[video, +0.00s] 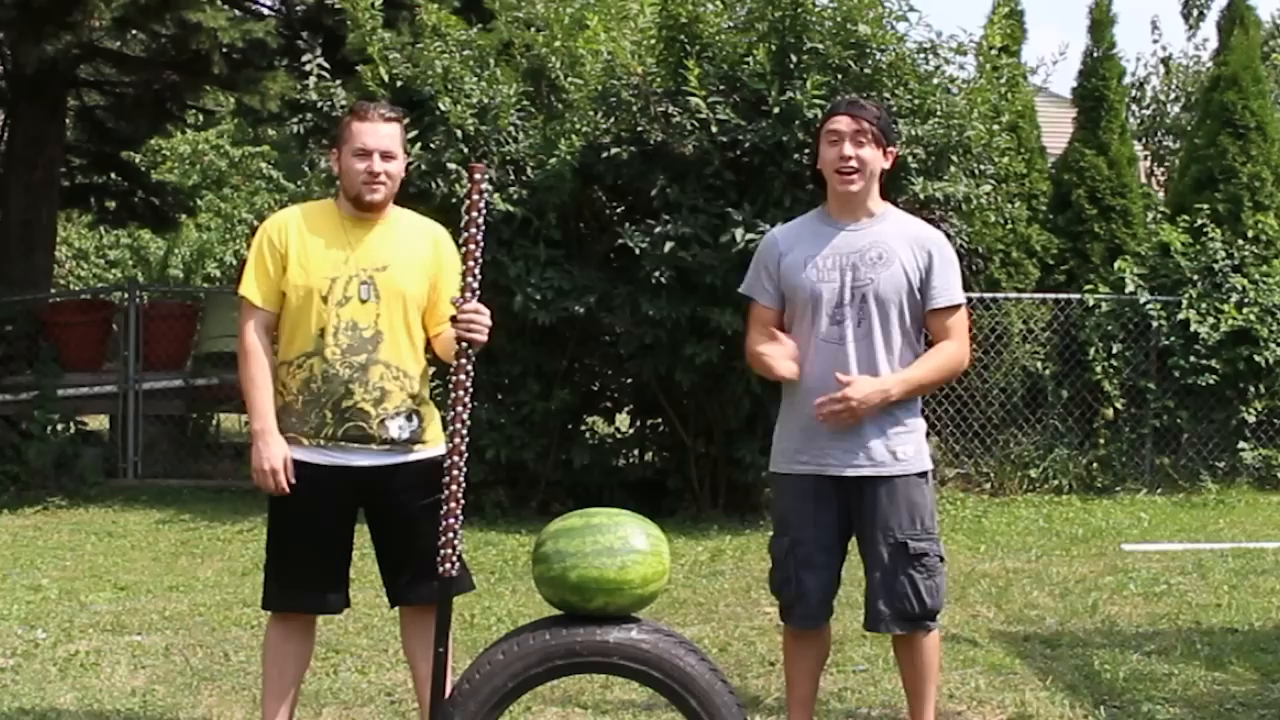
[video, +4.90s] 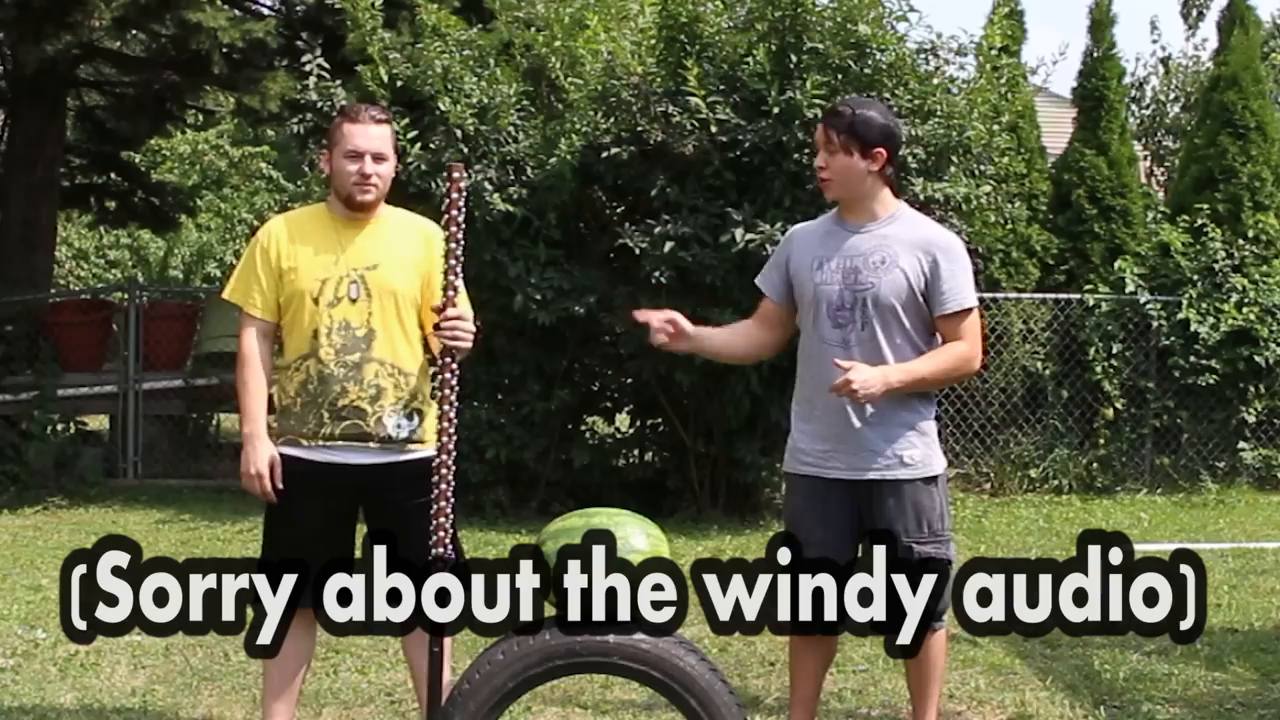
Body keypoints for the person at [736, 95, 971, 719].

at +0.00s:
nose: (846, 152)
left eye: (860, 141)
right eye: (834, 140)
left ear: (885, 156)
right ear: (817, 156)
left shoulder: (925, 243)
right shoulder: (782, 243)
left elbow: (955, 348)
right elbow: (761, 337)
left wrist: (886, 388)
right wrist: (780, 358)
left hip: (894, 462)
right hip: (803, 462)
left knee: (915, 611)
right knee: (802, 610)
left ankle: (922, 717)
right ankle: (798, 716)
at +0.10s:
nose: (848, 152)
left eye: (862, 140)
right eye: (835, 141)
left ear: (886, 155)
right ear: (817, 158)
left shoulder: (925, 241)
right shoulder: (783, 244)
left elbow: (957, 346)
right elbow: (754, 350)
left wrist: (892, 396)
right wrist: (735, 306)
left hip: (897, 461)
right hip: (806, 460)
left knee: (915, 611)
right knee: (803, 609)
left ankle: (923, 716)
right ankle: (798, 716)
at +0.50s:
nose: (851, 155)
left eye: (866, 144)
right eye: (840, 142)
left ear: (891, 158)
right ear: (824, 154)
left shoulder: (929, 243)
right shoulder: (788, 244)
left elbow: (957, 349)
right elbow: (751, 342)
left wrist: (869, 378)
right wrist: (800, 374)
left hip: (902, 461)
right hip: (811, 460)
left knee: (919, 610)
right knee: (806, 610)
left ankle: (923, 717)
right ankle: (799, 716)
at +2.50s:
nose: (852, 152)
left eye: (866, 141)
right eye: (840, 140)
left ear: (892, 156)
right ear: (824, 154)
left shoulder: (933, 243)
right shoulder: (790, 243)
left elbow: (972, 345)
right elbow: (759, 344)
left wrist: (895, 369)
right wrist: (819, 365)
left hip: (904, 465)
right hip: (813, 463)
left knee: (921, 610)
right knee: (808, 610)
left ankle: (924, 717)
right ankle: (799, 717)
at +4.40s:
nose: (821, 164)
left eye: (835, 153)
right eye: (820, 152)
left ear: (880, 159)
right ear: (820, 156)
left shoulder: (938, 245)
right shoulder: (798, 244)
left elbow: (970, 351)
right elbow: (767, 356)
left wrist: (893, 378)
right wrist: (773, 326)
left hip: (906, 467)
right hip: (816, 464)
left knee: (923, 611)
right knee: (810, 610)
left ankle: (924, 717)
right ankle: (800, 716)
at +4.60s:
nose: (819, 165)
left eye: (832, 153)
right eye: (818, 152)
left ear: (879, 158)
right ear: (829, 157)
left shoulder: (938, 244)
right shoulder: (801, 242)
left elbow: (970, 350)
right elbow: (746, 327)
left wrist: (889, 375)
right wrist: (705, 265)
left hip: (908, 467)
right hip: (817, 464)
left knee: (923, 611)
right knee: (811, 610)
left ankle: (925, 716)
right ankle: (800, 717)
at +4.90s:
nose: (818, 163)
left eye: (831, 152)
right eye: (817, 150)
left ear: (876, 159)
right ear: (826, 156)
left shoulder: (935, 245)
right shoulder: (802, 243)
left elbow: (967, 351)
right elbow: (765, 332)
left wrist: (888, 376)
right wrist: (694, 338)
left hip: (906, 467)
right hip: (816, 464)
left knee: (922, 611)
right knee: (812, 609)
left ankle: (924, 717)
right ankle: (800, 716)